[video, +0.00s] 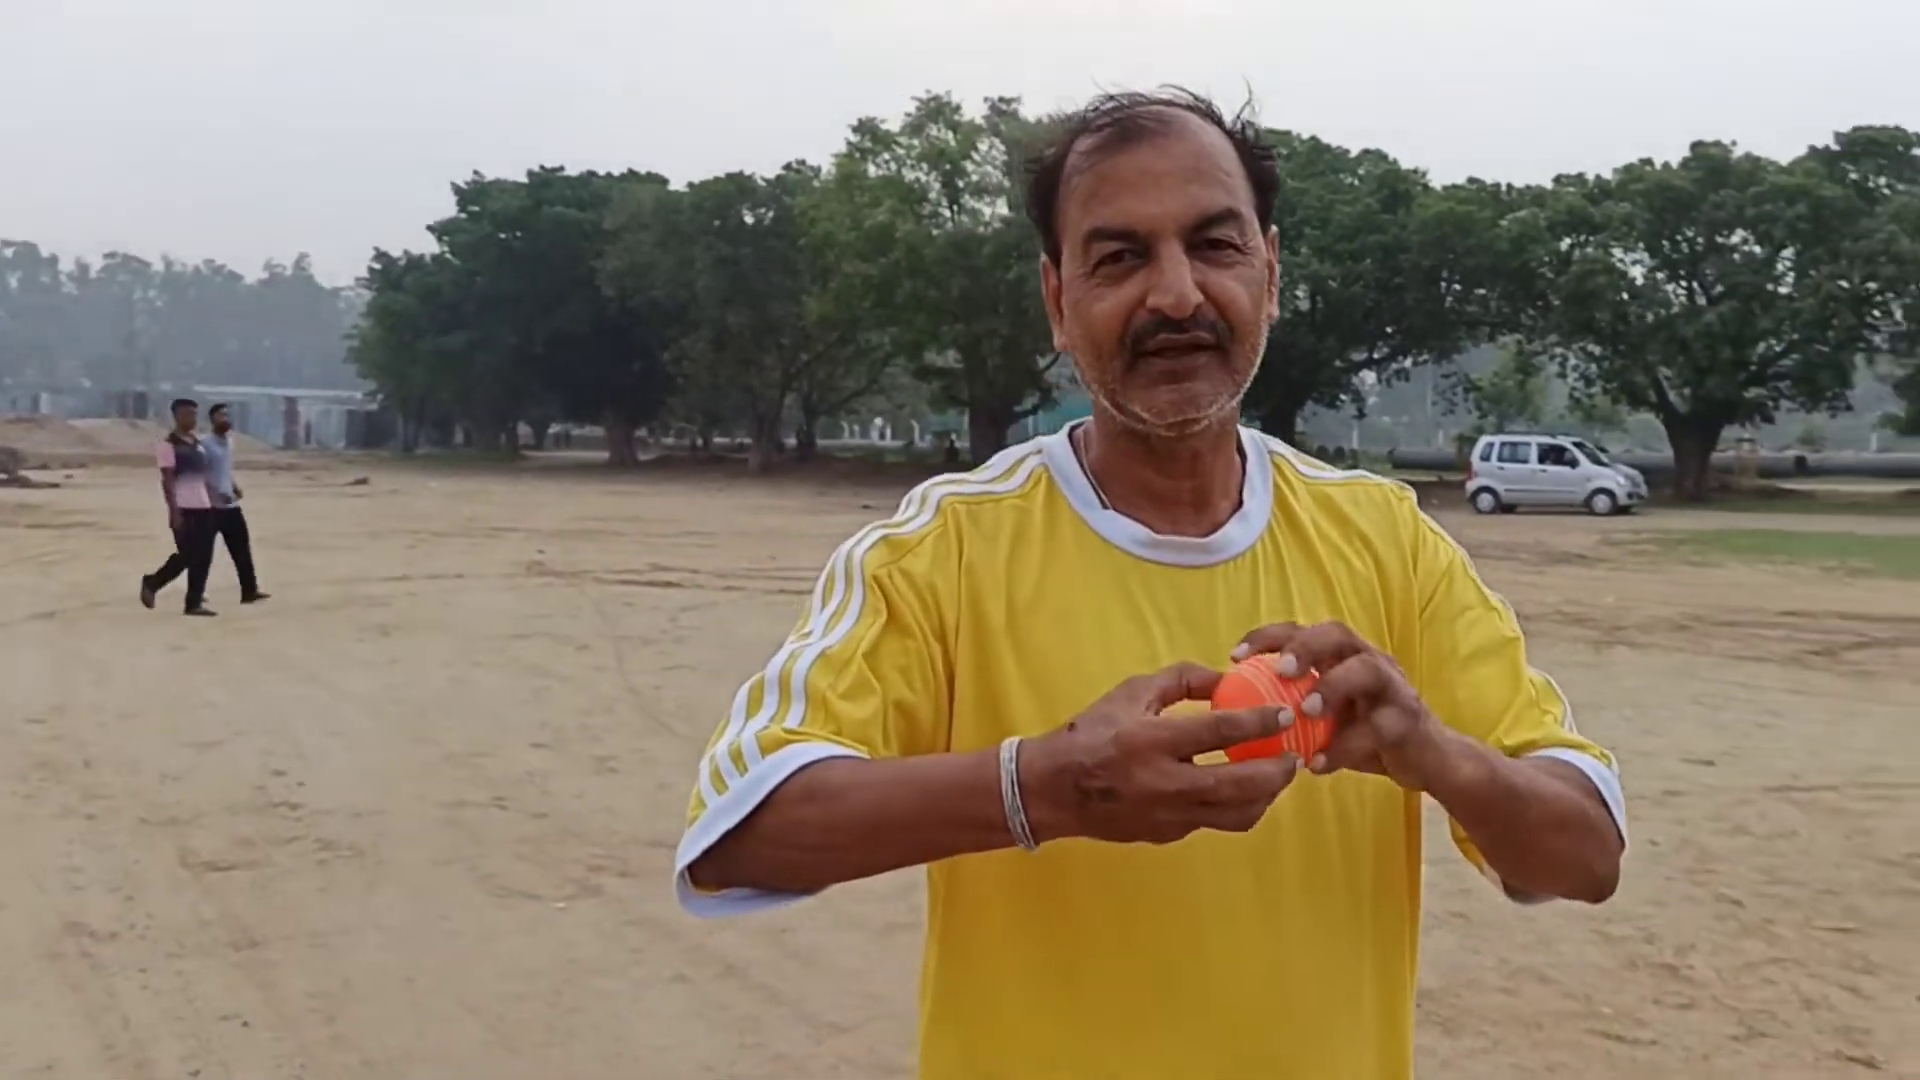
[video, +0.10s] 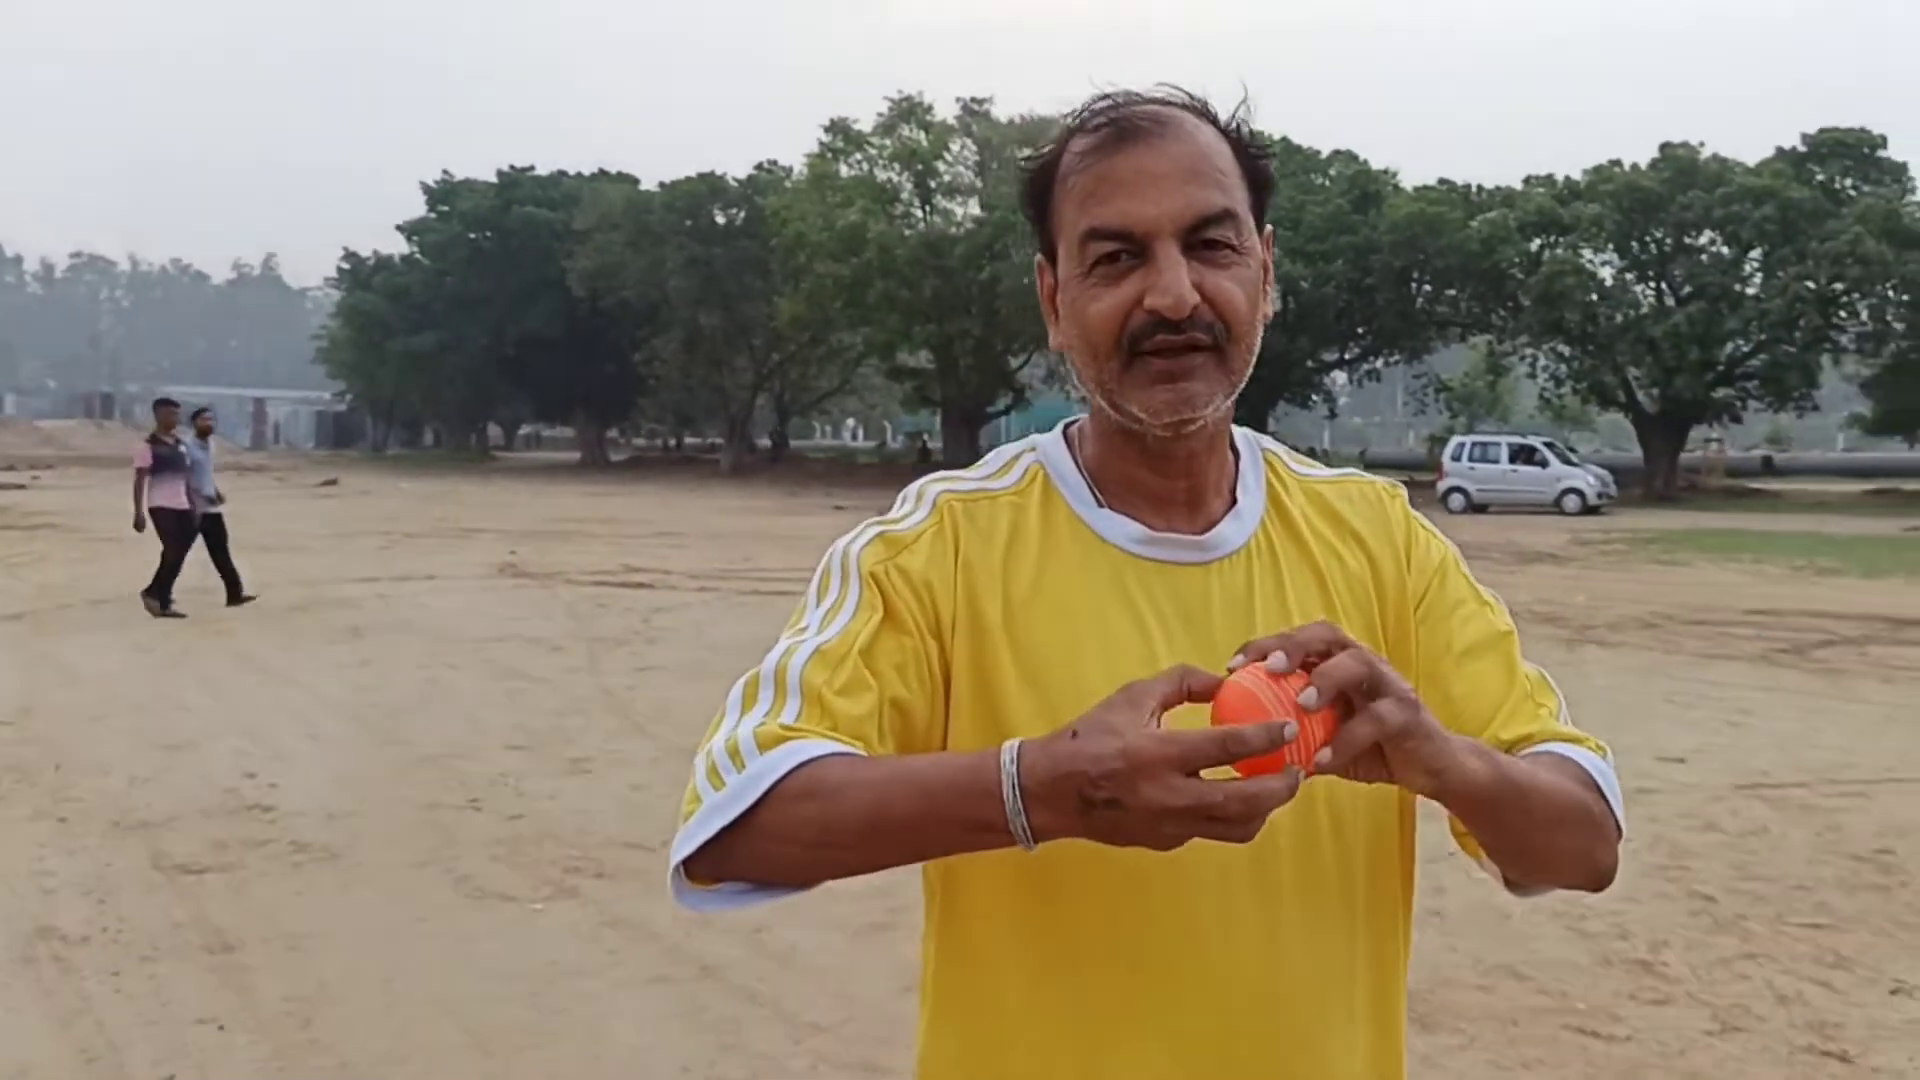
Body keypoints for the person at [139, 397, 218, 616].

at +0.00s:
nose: (193, 419)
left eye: (194, 414)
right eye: (188, 414)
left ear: (194, 416)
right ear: (177, 416)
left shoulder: (195, 443)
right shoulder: (167, 446)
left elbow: (200, 477)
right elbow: (167, 481)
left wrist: (210, 501)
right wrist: (174, 511)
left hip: (203, 507)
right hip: (184, 507)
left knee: (201, 557)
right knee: (187, 554)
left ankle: (194, 602)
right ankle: (152, 583)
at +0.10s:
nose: (175, 419)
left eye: (176, 414)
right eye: (171, 414)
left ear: (177, 417)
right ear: (158, 416)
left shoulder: (179, 444)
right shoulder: (148, 445)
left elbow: (185, 478)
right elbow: (140, 479)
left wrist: (193, 505)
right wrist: (139, 513)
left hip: (182, 504)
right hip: (161, 505)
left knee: (178, 552)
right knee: (173, 549)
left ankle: (163, 599)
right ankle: (153, 593)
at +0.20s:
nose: (162, 420)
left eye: (163, 416)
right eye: (158, 416)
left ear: (163, 419)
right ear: (145, 418)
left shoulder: (167, 448)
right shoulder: (135, 449)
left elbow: (174, 483)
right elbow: (120, 482)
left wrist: (189, 504)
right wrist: (113, 513)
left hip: (168, 510)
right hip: (146, 508)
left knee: (150, 559)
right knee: (160, 556)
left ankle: (137, 605)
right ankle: (164, 607)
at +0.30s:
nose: (147, 427)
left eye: (149, 422)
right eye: (142, 422)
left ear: (150, 425)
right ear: (130, 424)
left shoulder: (153, 452)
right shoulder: (120, 454)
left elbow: (162, 483)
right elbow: (105, 488)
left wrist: (177, 508)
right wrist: (95, 519)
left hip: (151, 515)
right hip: (130, 514)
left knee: (131, 563)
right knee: (143, 563)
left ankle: (113, 607)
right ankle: (166, 609)